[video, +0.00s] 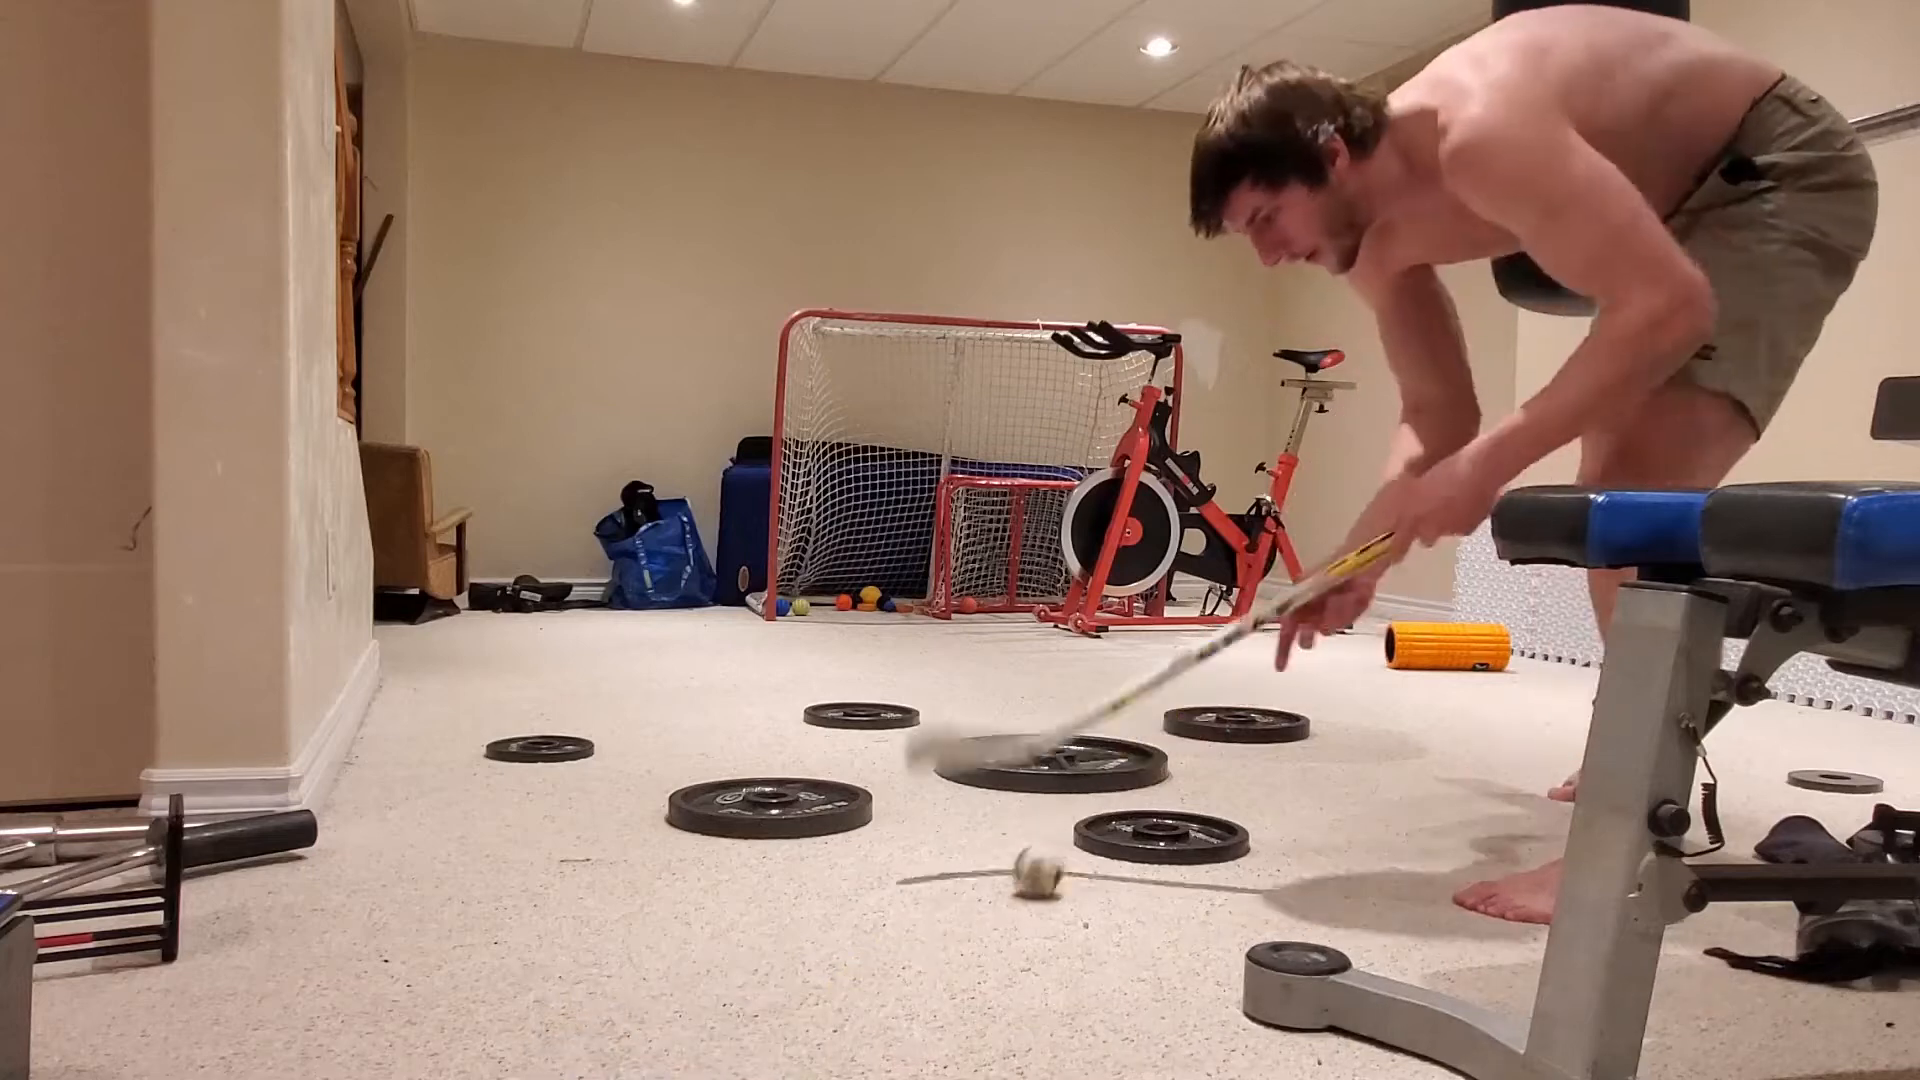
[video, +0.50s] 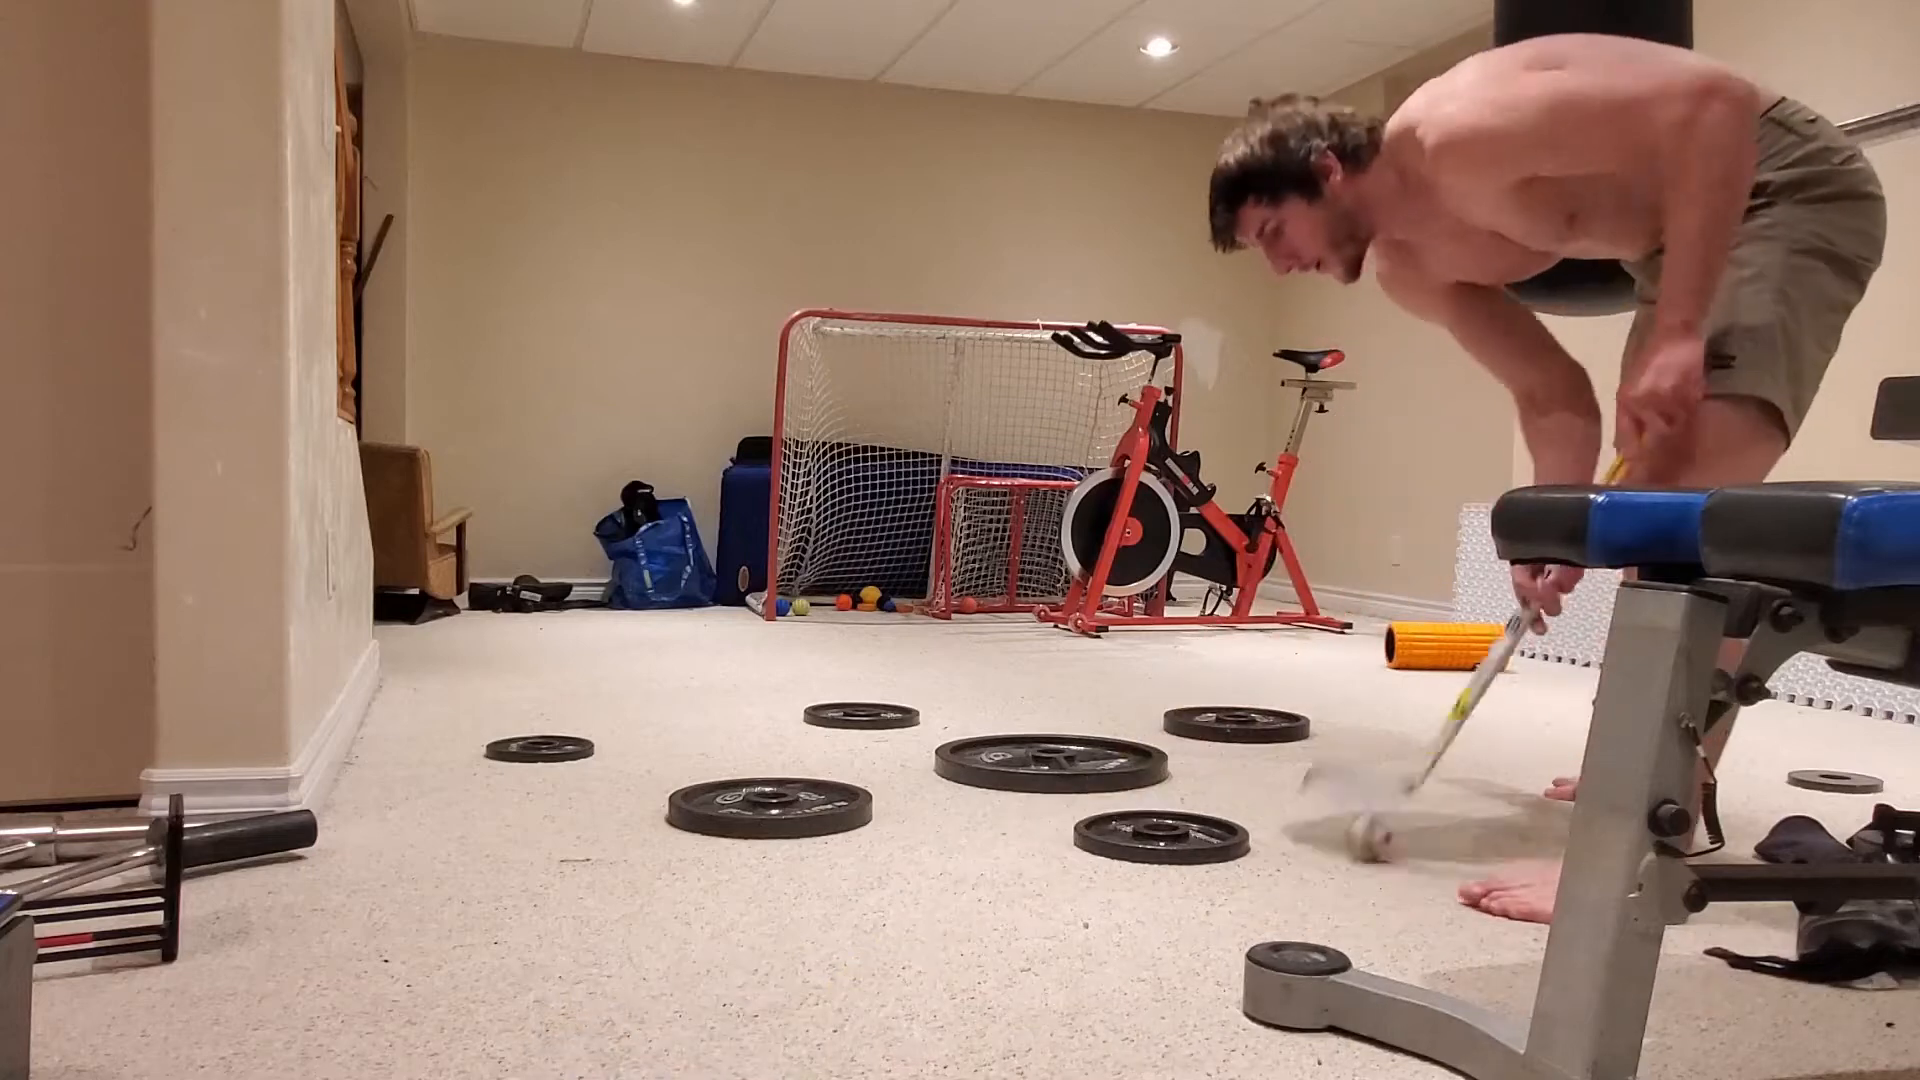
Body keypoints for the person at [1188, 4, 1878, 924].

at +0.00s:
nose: (1268, 255)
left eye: (1266, 220)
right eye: (1249, 239)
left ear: (1327, 153)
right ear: (1328, 162)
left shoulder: (1485, 135)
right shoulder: (1375, 240)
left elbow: (1667, 306)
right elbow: (1434, 415)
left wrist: (1486, 466)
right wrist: (1359, 561)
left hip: (1775, 167)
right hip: (1666, 210)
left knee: (1638, 504)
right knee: (1610, 495)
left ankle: (1626, 845)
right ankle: (1643, 752)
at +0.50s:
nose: (1280, 265)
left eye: (1272, 232)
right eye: (1262, 253)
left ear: (1324, 170)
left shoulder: (1454, 133)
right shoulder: (1404, 265)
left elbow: (1715, 108)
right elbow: (1553, 393)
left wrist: (1676, 329)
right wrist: (1550, 526)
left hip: (1784, 183)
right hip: (1688, 245)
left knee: (1690, 481)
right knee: (1656, 480)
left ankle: (1646, 835)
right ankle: (1666, 768)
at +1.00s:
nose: (1345, 380)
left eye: (1326, 361)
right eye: (1326, 372)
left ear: (1345, 311)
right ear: (1353, 312)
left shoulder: (1419, 257)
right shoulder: (1482, 345)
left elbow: (1544, 359)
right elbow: (1528, 490)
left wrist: (1515, 534)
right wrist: (1441, 616)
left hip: (1777, 219)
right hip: (1749, 236)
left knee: (1635, 521)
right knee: (1642, 515)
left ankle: (1632, 841)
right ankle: (1677, 771)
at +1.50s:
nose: (1309, 355)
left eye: (1295, 333)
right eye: (1293, 345)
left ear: (1322, 280)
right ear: (1331, 276)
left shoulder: (1399, 240)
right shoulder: (1428, 251)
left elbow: (1527, 354)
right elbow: (1520, 456)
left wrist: (1504, 560)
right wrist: (1487, 603)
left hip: (1753, 228)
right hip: (1727, 242)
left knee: (1588, 510)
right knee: (1627, 516)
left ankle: (1596, 834)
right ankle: (1672, 766)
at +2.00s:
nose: (1217, 300)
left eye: (1213, 270)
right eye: (1201, 284)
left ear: (1268, 219)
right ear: (1266, 226)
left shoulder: (1394, 193)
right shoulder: (1338, 290)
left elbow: (1575, 321)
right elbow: (1345, 463)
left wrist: (1429, 476)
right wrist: (1233, 577)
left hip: (1740, 193)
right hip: (1657, 238)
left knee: (1578, 496)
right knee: (1628, 508)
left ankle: (1595, 835)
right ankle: (1670, 760)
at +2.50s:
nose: (1257, 298)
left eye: (1247, 265)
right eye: (1238, 286)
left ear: (1291, 198)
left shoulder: (1415, 131)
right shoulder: (1391, 298)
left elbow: (1654, 45)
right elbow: (1547, 376)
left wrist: (1614, 286)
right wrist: (1538, 536)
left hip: (1758, 178)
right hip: (1676, 240)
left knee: (1661, 474)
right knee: (1642, 471)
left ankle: (1621, 834)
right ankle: (1669, 757)